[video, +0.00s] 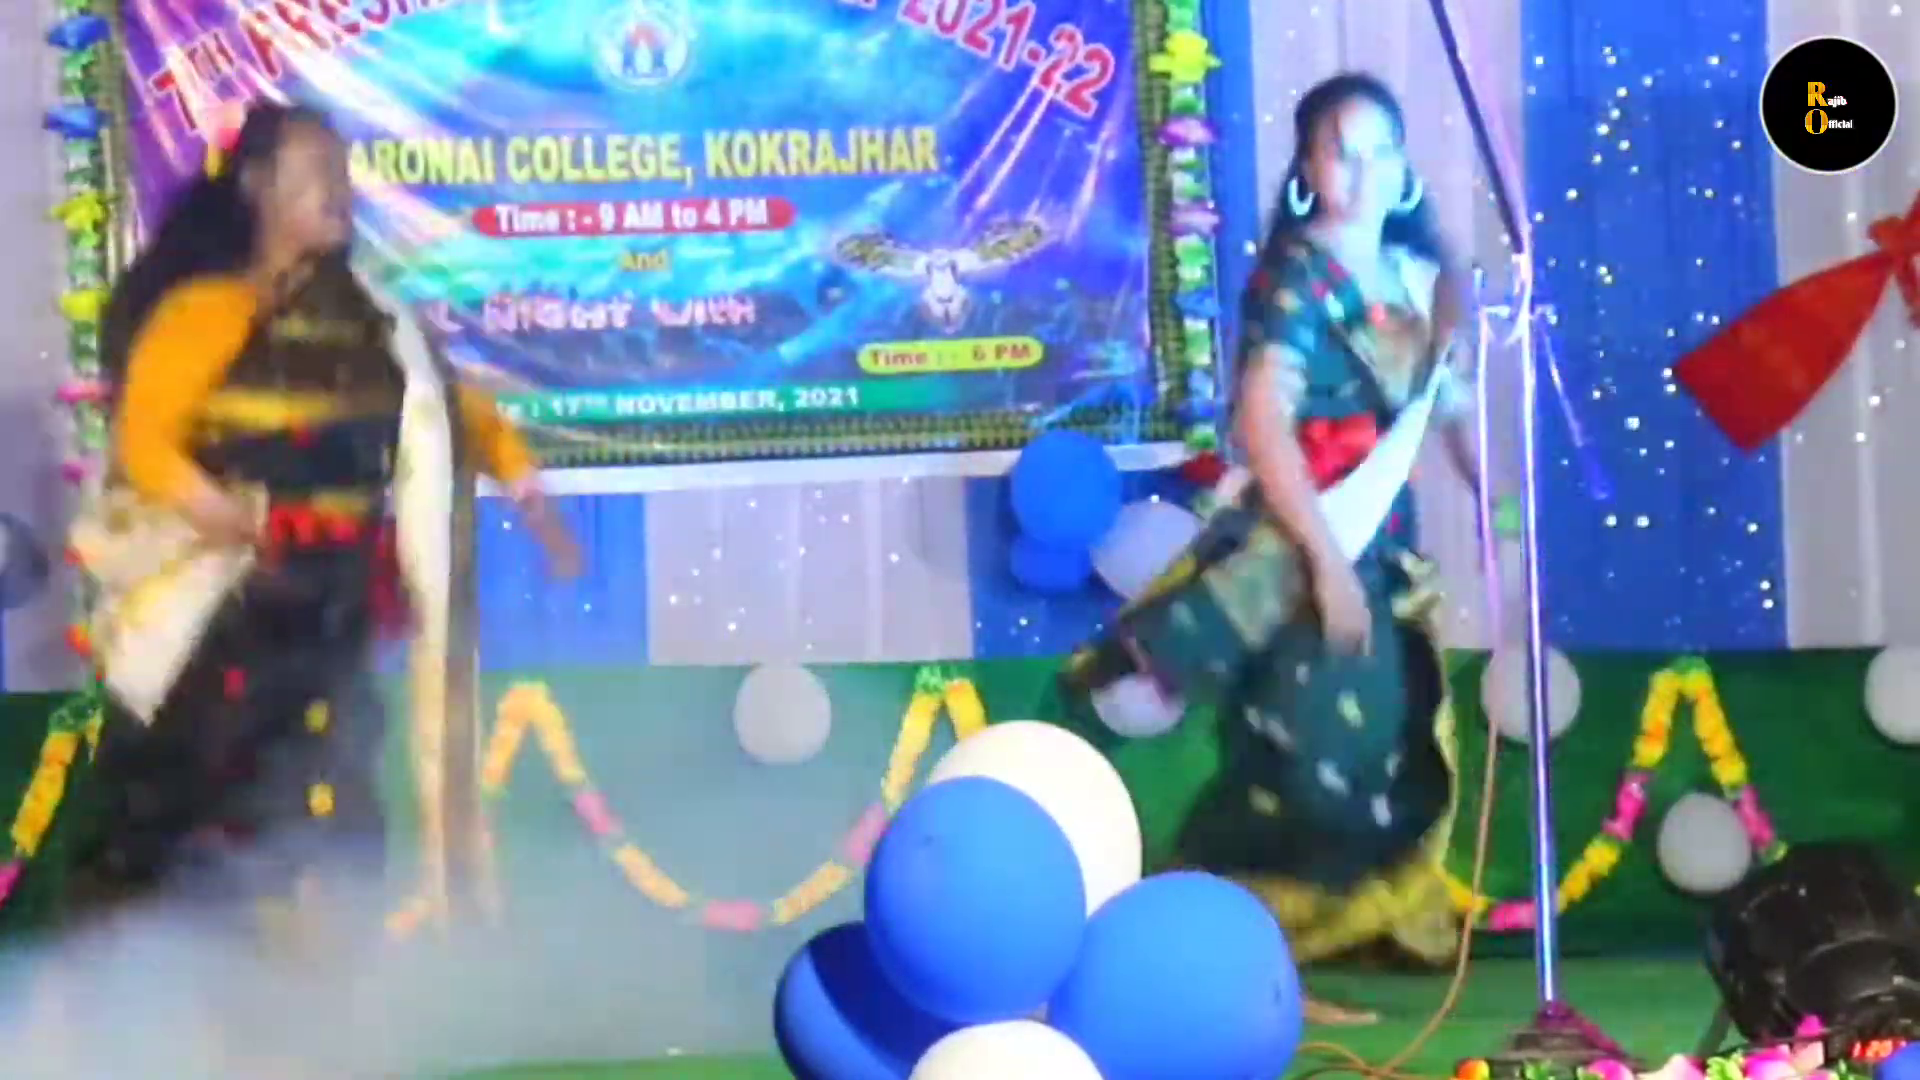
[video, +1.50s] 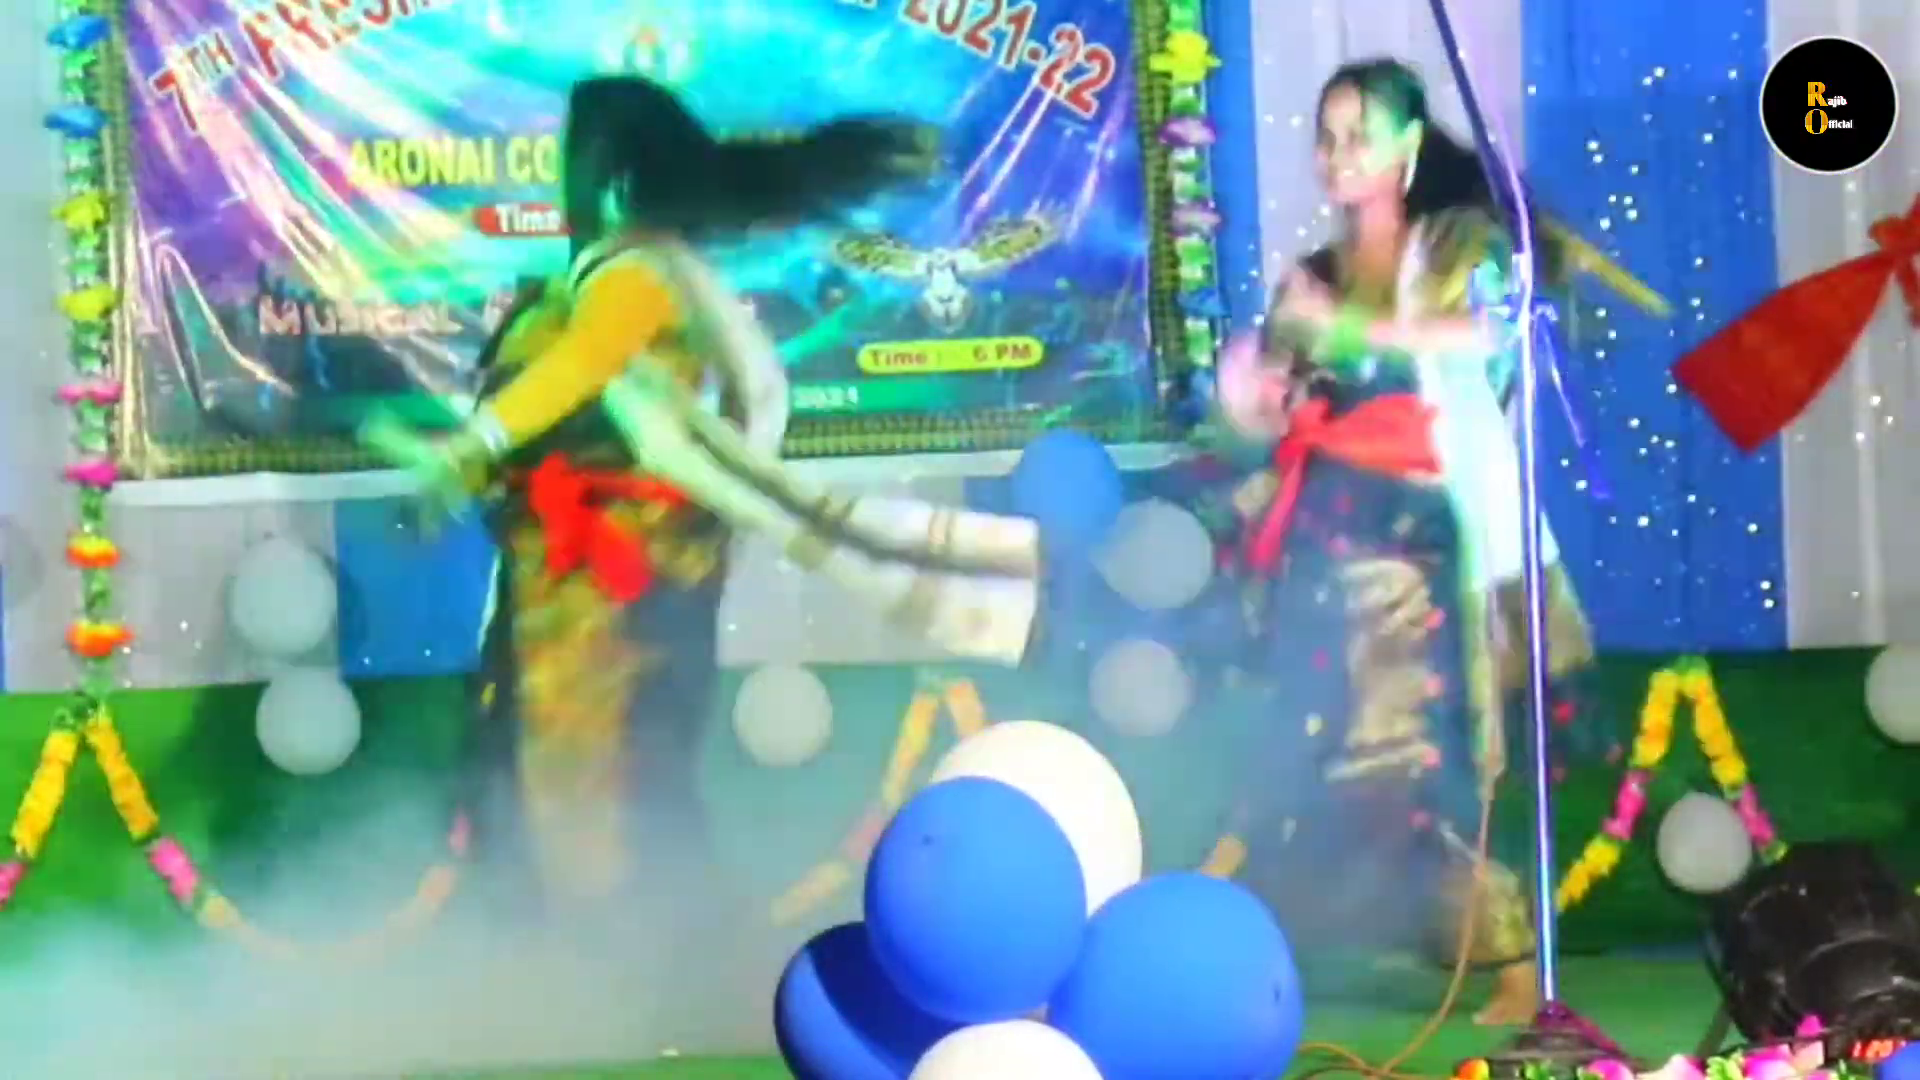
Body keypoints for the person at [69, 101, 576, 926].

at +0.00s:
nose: (337, 200)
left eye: (341, 181)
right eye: (314, 182)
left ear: (349, 185)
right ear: (257, 191)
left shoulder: (371, 311)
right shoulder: (210, 310)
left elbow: (453, 405)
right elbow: (142, 438)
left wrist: (527, 491)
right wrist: (212, 508)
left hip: (341, 591)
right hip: (228, 591)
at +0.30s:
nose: (381, 112)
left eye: (384, 93)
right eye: (352, 99)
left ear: (399, 111)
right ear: (297, 131)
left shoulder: (386, 225)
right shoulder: (311, 222)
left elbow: (526, 298)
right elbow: (466, 259)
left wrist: (468, 189)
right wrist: (464, 180)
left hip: (397, 535)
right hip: (328, 535)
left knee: (425, 747)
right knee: (415, 746)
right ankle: (261, 903)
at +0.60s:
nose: (504, 186)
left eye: (501, 166)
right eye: (472, 178)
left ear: (510, 173)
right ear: (422, 213)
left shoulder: (428, 298)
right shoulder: (490, 292)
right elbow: (573, 405)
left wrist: (587, 383)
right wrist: (645, 436)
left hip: (481, 607)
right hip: (559, 609)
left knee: (511, 803)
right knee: (633, 810)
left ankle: (381, 969)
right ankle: (592, 1026)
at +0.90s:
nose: (581, 107)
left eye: (590, 91)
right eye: (550, 100)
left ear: (615, 111)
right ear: (505, 141)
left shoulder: (645, 236)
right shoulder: (522, 218)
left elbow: (758, 299)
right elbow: (472, 285)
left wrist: (845, 304)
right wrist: (438, 231)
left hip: (690, 502)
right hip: (605, 511)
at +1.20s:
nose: (591, 128)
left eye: (607, 110)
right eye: (582, 112)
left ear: (660, 104)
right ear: (569, 120)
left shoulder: (734, 184)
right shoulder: (553, 206)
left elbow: (721, 243)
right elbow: (464, 287)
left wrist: (634, 178)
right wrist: (544, 207)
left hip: (696, 470)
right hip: (572, 476)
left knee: (712, 696)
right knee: (590, 708)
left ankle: (728, 924)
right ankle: (642, 936)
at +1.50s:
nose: (560, 174)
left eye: (572, 154)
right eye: (567, 153)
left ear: (610, 166)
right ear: (649, 168)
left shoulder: (632, 280)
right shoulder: (649, 272)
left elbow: (569, 377)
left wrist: (470, 450)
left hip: (606, 566)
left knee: (577, 777)